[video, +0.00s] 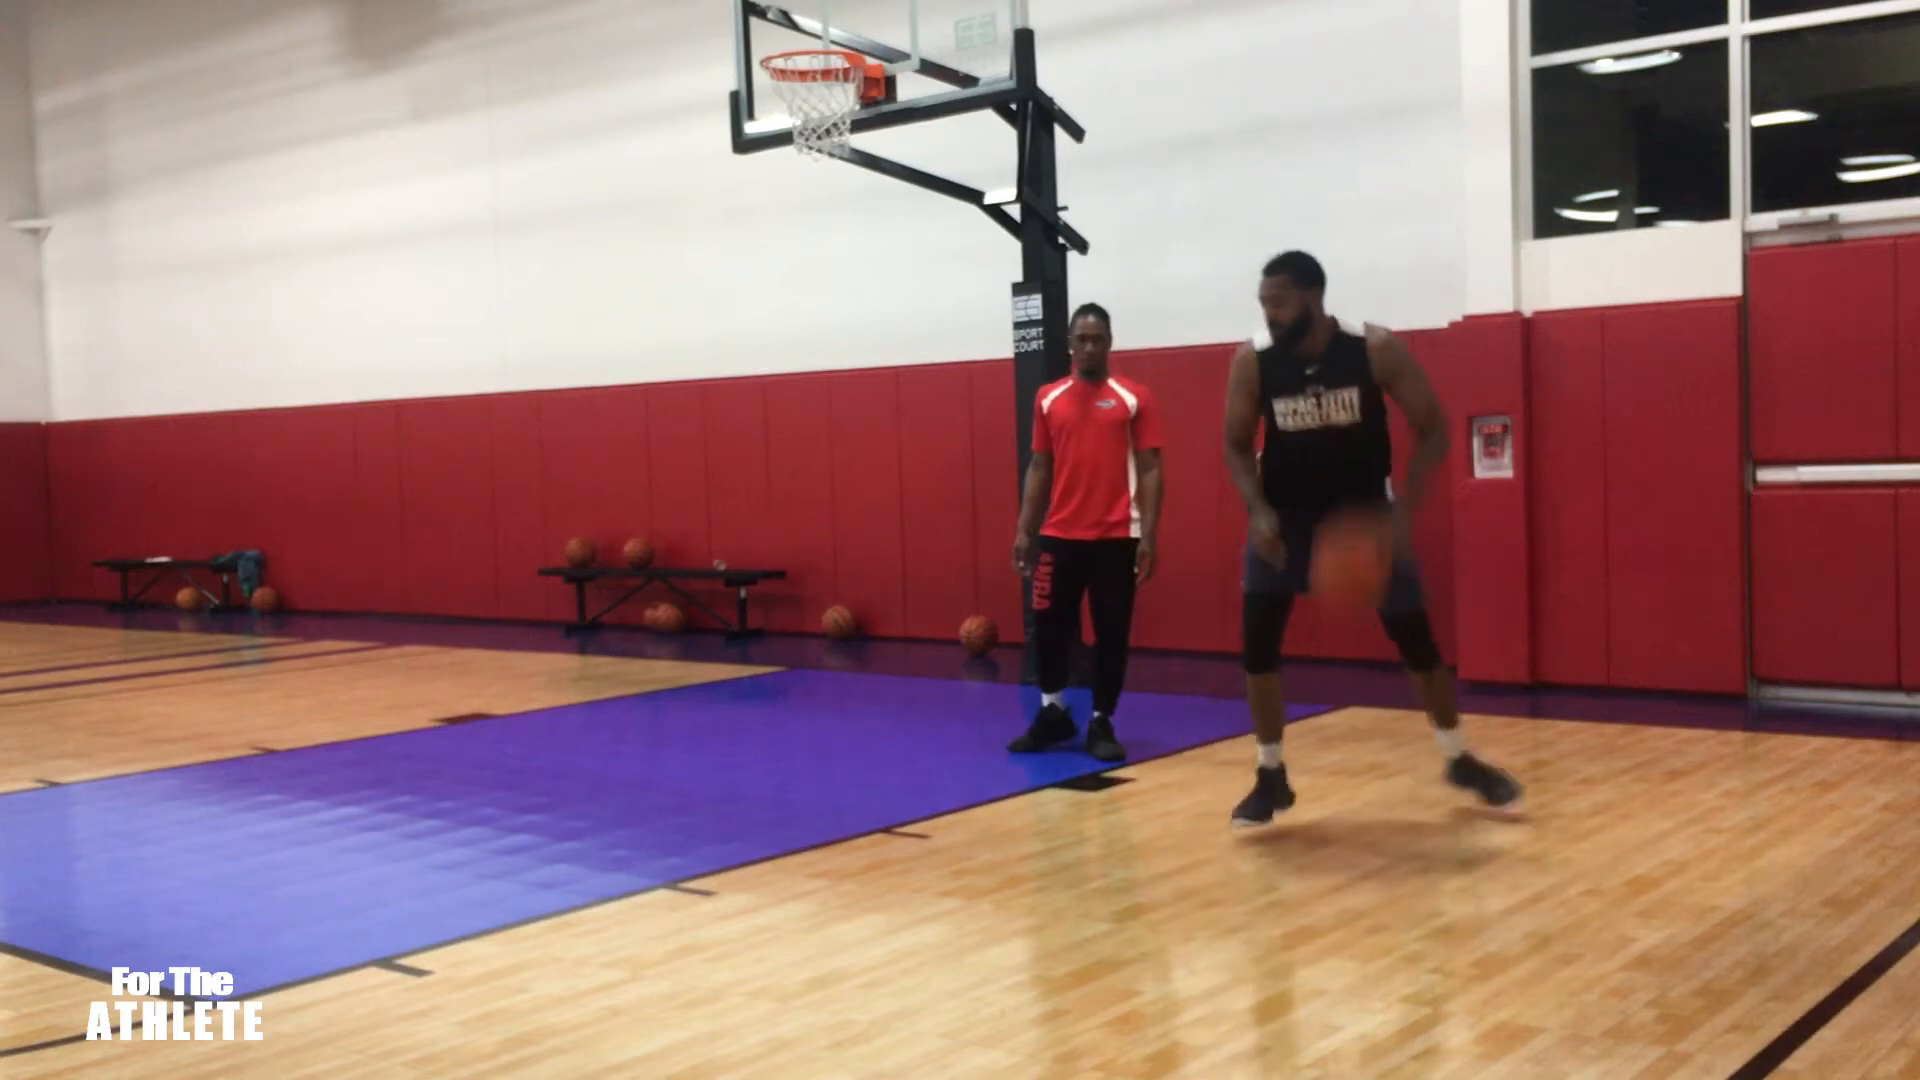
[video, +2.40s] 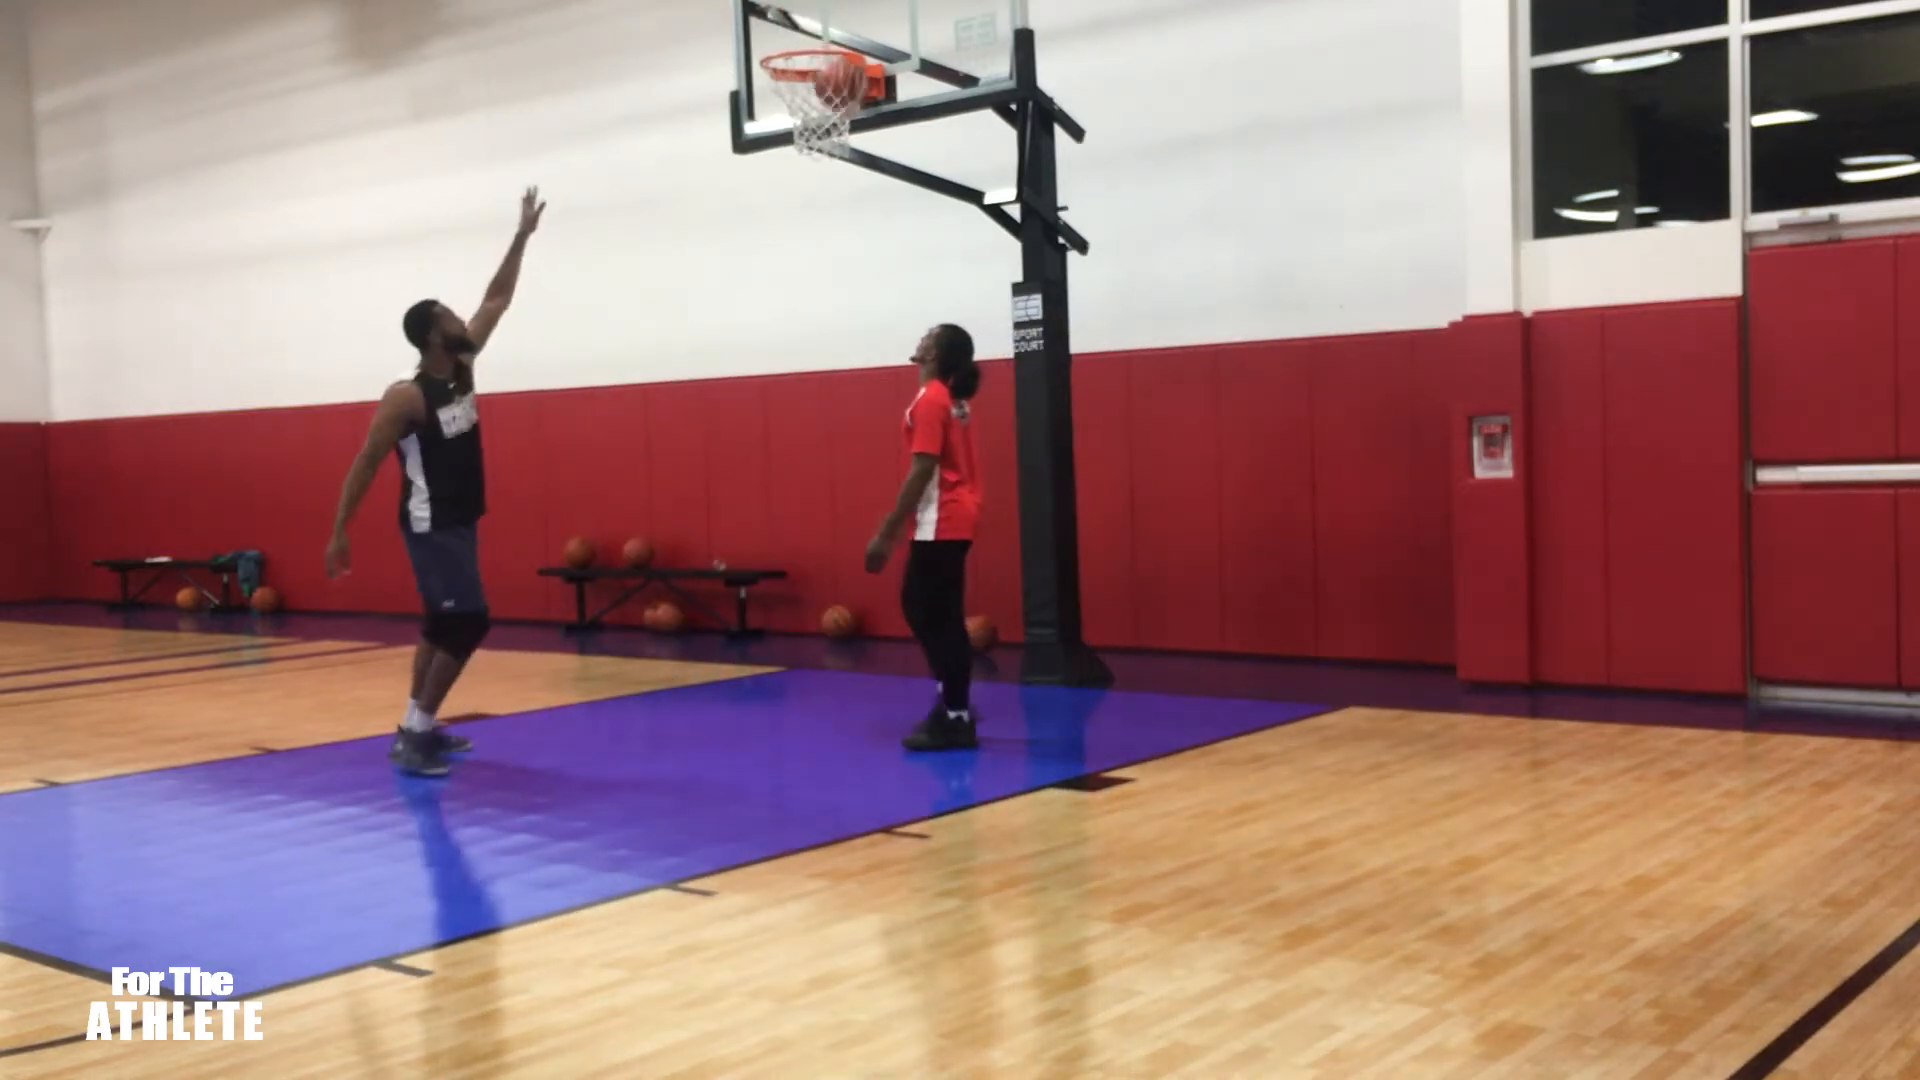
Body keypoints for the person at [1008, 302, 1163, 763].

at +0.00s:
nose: (1089, 347)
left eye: (1097, 339)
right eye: (1082, 339)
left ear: (1111, 344)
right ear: (1070, 344)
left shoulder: (1135, 399)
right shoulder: (1050, 398)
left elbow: (1150, 468)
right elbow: (1039, 469)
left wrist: (1149, 535)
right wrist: (1024, 532)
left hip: (1115, 537)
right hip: (1060, 536)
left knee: (1112, 634)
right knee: (1049, 623)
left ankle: (1102, 722)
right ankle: (1052, 712)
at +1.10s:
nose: (1022, 343)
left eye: (1032, 337)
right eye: (1023, 336)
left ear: (1056, 346)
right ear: (1031, 346)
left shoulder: (1077, 395)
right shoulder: (1018, 399)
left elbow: (1092, 468)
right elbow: (1016, 467)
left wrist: (1082, 538)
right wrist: (998, 528)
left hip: (1062, 536)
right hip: (1024, 536)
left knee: (1076, 625)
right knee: (1034, 622)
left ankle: (1095, 720)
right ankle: (1057, 711)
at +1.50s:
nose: (1005, 340)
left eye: (1015, 336)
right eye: (1008, 334)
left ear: (1035, 349)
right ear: (1022, 348)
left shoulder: (1039, 394)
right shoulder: (1016, 395)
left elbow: (1046, 465)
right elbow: (1014, 471)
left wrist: (1022, 533)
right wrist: (1000, 530)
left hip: (1035, 532)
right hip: (1021, 530)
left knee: (1018, 621)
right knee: (1031, 621)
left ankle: (1029, 715)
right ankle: (1057, 709)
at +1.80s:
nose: (985, 337)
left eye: (995, 335)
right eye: (990, 331)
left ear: (1009, 352)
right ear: (1004, 352)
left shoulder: (1007, 394)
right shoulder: (998, 394)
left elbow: (1012, 467)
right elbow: (1004, 466)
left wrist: (989, 536)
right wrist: (987, 528)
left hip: (1010, 534)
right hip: (1013, 532)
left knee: (984, 626)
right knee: (1031, 621)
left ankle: (962, 714)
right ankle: (1059, 710)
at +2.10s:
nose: (949, 339)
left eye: (958, 337)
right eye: (954, 334)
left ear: (970, 352)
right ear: (977, 356)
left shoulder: (965, 397)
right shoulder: (972, 395)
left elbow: (966, 470)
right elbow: (974, 468)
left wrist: (945, 538)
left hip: (970, 533)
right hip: (979, 531)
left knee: (960, 620)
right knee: (974, 617)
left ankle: (956, 717)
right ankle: (1037, 694)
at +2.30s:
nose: (929, 341)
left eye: (938, 337)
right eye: (935, 335)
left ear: (949, 353)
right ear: (957, 358)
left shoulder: (942, 396)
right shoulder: (953, 395)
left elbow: (937, 467)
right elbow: (951, 466)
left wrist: (905, 534)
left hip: (952, 521)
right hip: (956, 519)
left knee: (946, 615)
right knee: (928, 607)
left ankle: (956, 716)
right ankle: (987, 685)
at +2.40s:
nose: (918, 345)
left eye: (925, 340)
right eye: (922, 339)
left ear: (937, 353)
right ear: (946, 357)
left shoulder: (931, 396)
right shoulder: (946, 396)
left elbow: (924, 466)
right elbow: (938, 464)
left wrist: (885, 532)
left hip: (941, 520)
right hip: (951, 518)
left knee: (922, 606)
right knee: (941, 610)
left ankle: (955, 713)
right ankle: (955, 708)